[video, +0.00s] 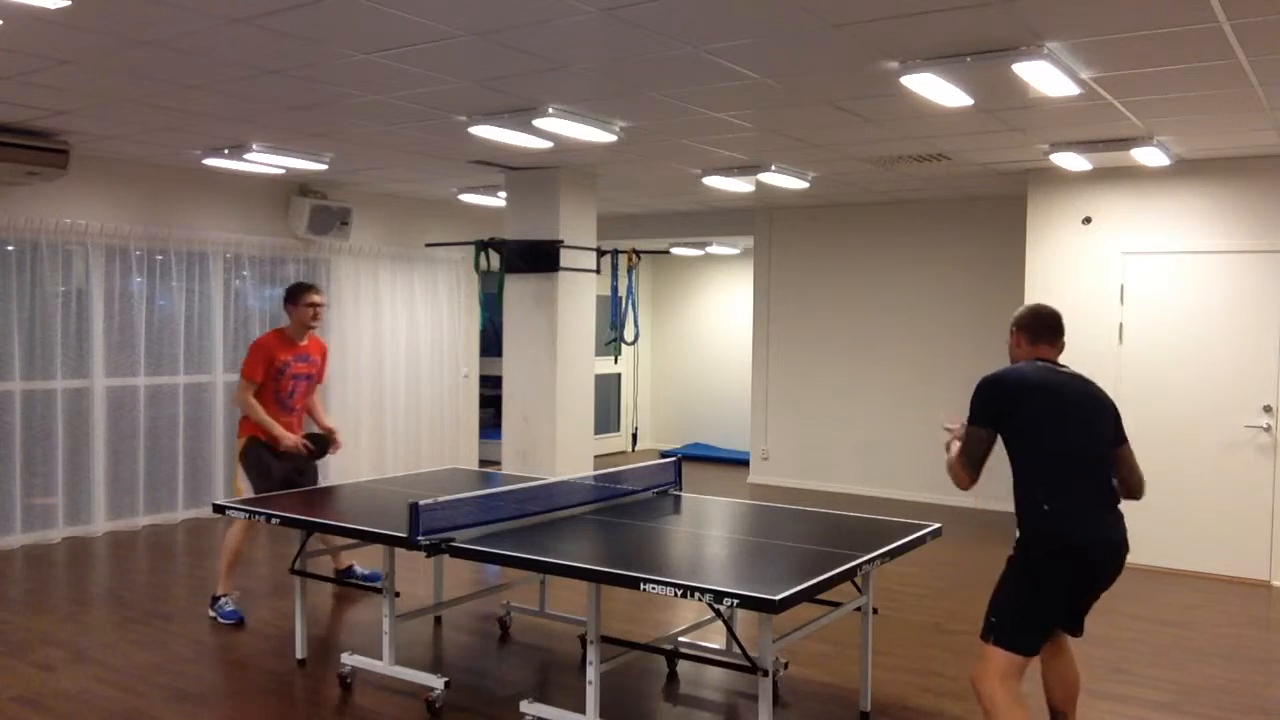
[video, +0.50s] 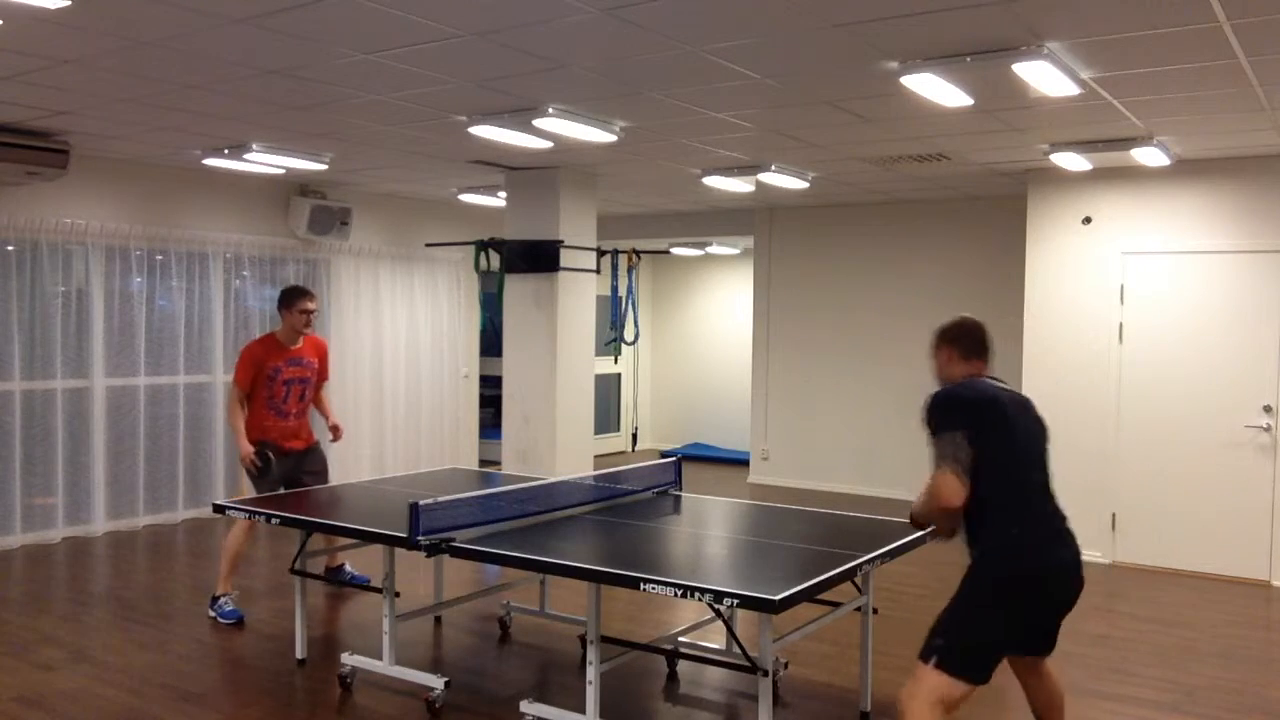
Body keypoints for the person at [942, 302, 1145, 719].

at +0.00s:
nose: (1009, 349)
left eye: (1010, 342)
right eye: (1010, 342)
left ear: (1017, 340)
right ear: (1060, 345)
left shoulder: (1000, 385)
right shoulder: (1093, 394)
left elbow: (964, 476)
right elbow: (1133, 487)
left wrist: (955, 445)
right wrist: (1087, 468)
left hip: (1048, 544)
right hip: (1107, 545)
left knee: (993, 676)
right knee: (1054, 637)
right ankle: (1063, 716)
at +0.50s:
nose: (937, 369)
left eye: (938, 359)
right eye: (937, 359)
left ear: (949, 356)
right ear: (983, 357)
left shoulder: (952, 399)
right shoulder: (1021, 404)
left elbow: (950, 495)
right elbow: (1019, 487)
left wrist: (924, 514)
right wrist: (960, 513)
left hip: (1008, 568)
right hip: (1061, 564)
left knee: (923, 699)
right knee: (1029, 661)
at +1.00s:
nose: (899, 356)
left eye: (900, 344)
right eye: (899, 345)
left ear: (915, 346)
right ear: (956, 345)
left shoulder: (906, 410)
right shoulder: (1011, 392)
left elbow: (908, 518)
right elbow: (1052, 490)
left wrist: (949, 482)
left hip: (988, 570)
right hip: (1057, 562)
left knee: (913, 700)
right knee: (1030, 667)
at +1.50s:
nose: (896, 369)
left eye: (896, 359)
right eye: (894, 360)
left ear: (906, 356)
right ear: (950, 354)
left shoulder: (897, 416)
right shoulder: (1005, 410)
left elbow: (900, 538)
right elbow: (1025, 507)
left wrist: (897, 553)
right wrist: (943, 526)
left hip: (968, 585)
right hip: (1037, 576)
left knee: (879, 706)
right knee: (1027, 684)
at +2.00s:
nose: (834, 363)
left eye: (836, 353)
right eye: (833, 353)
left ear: (857, 359)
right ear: (895, 352)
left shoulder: (876, 437)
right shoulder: (938, 392)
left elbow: (896, 560)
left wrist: (864, 539)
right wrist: (866, 411)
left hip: (981, 592)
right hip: (1037, 572)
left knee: (875, 706)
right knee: (1024, 683)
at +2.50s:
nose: (955, 391)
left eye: (957, 380)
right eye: (956, 380)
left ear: (973, 377)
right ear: (1012, 382)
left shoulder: (946, 430)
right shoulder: (1059, 440)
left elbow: (922, 533)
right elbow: (1096, 538)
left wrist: (933, 597)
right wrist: (1103, 604)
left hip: (993, 595)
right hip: (1068, 594)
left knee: (905, 708)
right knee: (1049, 674)